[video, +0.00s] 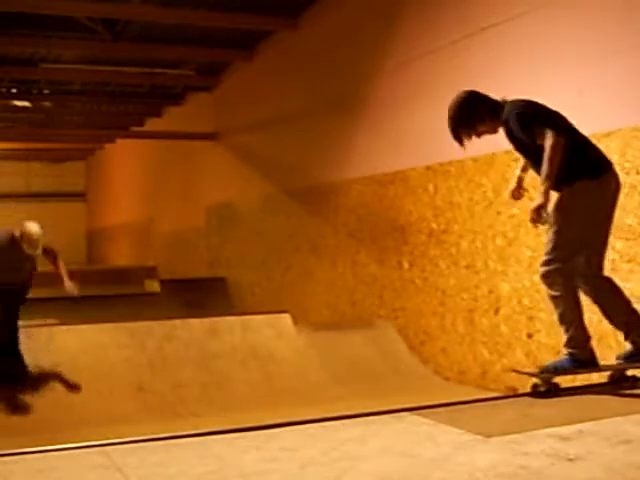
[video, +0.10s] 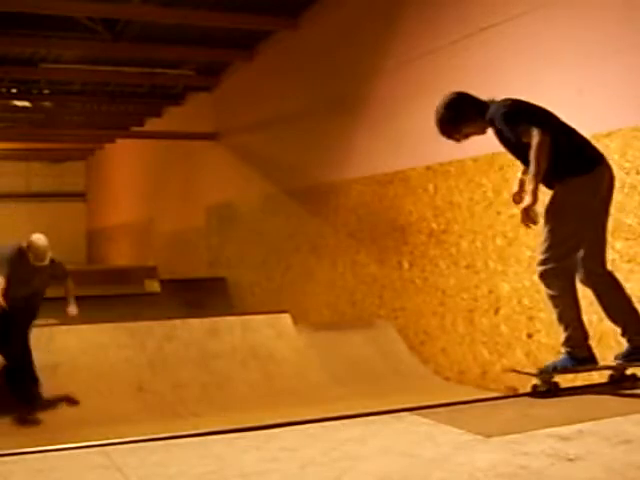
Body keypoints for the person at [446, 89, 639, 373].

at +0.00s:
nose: (480, 135)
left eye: (475, 130)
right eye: (474, 133)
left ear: (479, 115)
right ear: (484, 107)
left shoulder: (516, 116)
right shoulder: (514, 118)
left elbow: (553, 139)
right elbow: (533, 147)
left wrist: (543, 196)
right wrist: (520, 177)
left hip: (581, 187)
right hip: (600, 183)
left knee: (554, 271)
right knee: (587, 273)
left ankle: (579, 352)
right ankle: (637, 337)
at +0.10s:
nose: (467, 139)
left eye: (462, 134)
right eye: (461, 137)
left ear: (465, 118)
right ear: (468, 110)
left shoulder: (502, 115)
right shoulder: (501, 116)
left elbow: (539, 137)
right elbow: (532, 148)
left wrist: (532, 196)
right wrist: (523, 182)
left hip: (574, 184)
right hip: (594, 176)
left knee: (552, 271)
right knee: (592, 270)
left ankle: (578, 351)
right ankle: (637, 337)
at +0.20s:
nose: (457, 147)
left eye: (451, 143)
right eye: (450, 146)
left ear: (453, 127)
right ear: (457, 115)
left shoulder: (488, 121)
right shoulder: (492, 116)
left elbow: (523, 146)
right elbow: (539, 138)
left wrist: (511, 207)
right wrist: (537, 181)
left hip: (568, 181)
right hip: (590, 171)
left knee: (552, 269)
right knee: (592, 265)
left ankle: (577, 351)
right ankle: (635, 332)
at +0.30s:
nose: (449, 155)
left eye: (443, 151)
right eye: (443, 154)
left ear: (446, 135)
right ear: (450, 125)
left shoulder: (481, 130)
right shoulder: (485, 123)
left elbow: (510, 160)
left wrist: (493, 222)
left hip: (561, 179)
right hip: (584, 169)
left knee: (551, 269)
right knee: (589, 260)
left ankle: (577, 350)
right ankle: (636, 320)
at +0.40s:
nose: (442, 162)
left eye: (436, 157)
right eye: (435, 160)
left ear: (440, 140)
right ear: (441, 132)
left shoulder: (471, 137)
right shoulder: (476, 128)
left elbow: (497, 177)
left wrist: (479, 236)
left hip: (555, 180)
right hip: (576, 167)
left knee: (548, 268)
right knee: (578, 252)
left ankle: (577, 349)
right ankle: (635, 305)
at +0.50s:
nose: (436, 167)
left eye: (431, 163)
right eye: (430, 166)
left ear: (432, 148)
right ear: (434, 137)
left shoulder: (459, 145)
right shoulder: (469, 127)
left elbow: (488, 190)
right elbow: (525, 125)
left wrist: (476, 243)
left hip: (549, 178)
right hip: (566, 166)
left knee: (542, 267)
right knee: (555, 244)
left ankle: (577, 349)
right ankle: (617, 289)